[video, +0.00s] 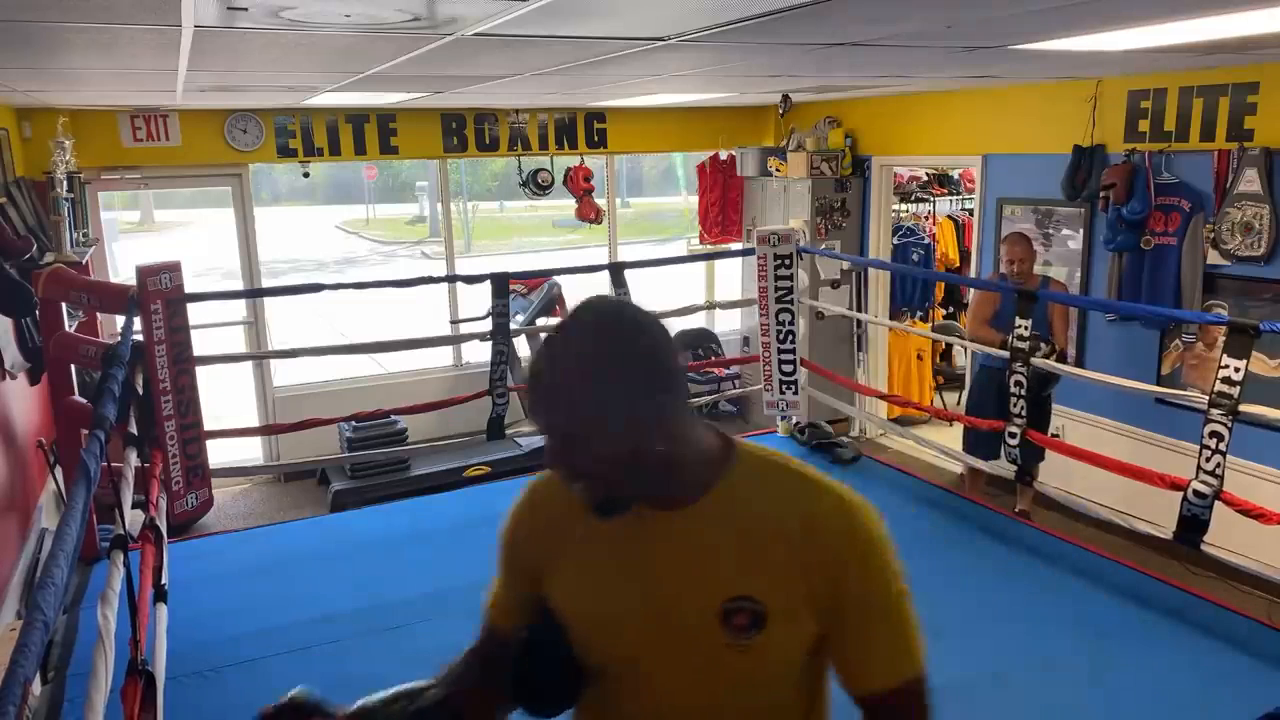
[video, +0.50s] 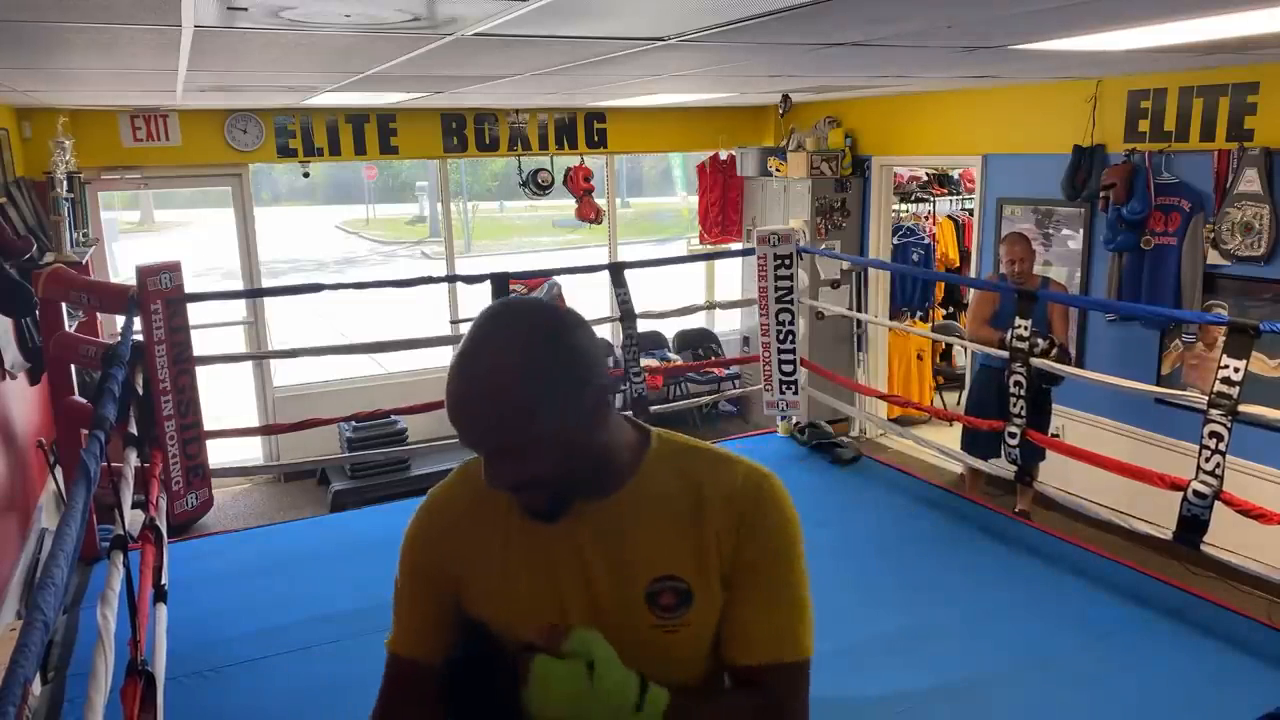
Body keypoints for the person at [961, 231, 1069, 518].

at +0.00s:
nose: (1015, 269)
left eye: (1021, 262)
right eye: (1009, 262)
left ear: (1033, 259)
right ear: (1001, 260)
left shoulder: (1054, 290)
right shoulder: (992, 285)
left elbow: (1061, 343)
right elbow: (974, 329)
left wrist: (1048, 356)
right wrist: (1010, 343)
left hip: (1034, 382)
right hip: (992, 377)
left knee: (1030, 449)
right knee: (979, 446)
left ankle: (1023, 511)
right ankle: (971, 506)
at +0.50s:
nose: (1015, 268)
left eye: (1021, 261)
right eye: (1008, 262)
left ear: (1033, 259)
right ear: (1001, 261)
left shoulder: (1054, 291)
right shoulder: (991, 285)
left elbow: (1061, 341)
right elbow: (974, 329)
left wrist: (1048, 349)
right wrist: (1008, 340)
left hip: (1034, 381)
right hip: (991, 376)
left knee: (1030, 448)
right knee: (977, 443)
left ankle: (1022, 511)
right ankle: (969, 504)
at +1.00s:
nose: (1016, 269)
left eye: (1022, 262)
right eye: (1010, 263)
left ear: (1034, 258)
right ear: (1002, 261)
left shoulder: (1055, 291)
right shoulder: (992, 284)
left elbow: (1063, 344)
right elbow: (973, 329)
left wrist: (1050, 348)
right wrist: (1007, 338)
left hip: (1034, 381)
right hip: (992, 375)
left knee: (1030, 450)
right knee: (977, 444)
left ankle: (1022, 512)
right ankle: (970, 504)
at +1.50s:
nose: (1015, 269)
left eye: (1020, 262)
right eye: (1008, 263)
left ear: (1032, 258)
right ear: (1000, 263)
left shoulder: (1053, 290)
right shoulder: (990, 288)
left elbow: (1058, 332)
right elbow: (970, 330)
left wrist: (1041, 347)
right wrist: (995, 338)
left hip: (1034, 379)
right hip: (991, 376)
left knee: (1031, 448)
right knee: (979, 443)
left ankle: (1022, 511)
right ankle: (972, 504)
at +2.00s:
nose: (1012, 268)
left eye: (1017, 261)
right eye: (1005, 263)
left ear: (1028, 257)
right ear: (996, 264)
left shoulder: (1052, 290)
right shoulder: (985, 292)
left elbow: (1064, 339)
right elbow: (965, 336)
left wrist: (1056, 321)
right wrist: (979, 358)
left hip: (1032, 379)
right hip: (990, 376)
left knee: (1029, 449)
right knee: (977, 445)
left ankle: (1023, 515)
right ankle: (972, 506)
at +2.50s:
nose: (1005, 272)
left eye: (1010, 264)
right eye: (998, 267)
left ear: (1022, 259)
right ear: (990, 266)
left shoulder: (1047, 289)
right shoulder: (980, 292)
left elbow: (1063, 333)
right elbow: (967, 338)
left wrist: (1038, 316)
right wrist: (986, 352)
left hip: (1028, 382)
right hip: (987, 380)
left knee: (1027, 451)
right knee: (974, 447)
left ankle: (1022, 515)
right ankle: (970, 506)